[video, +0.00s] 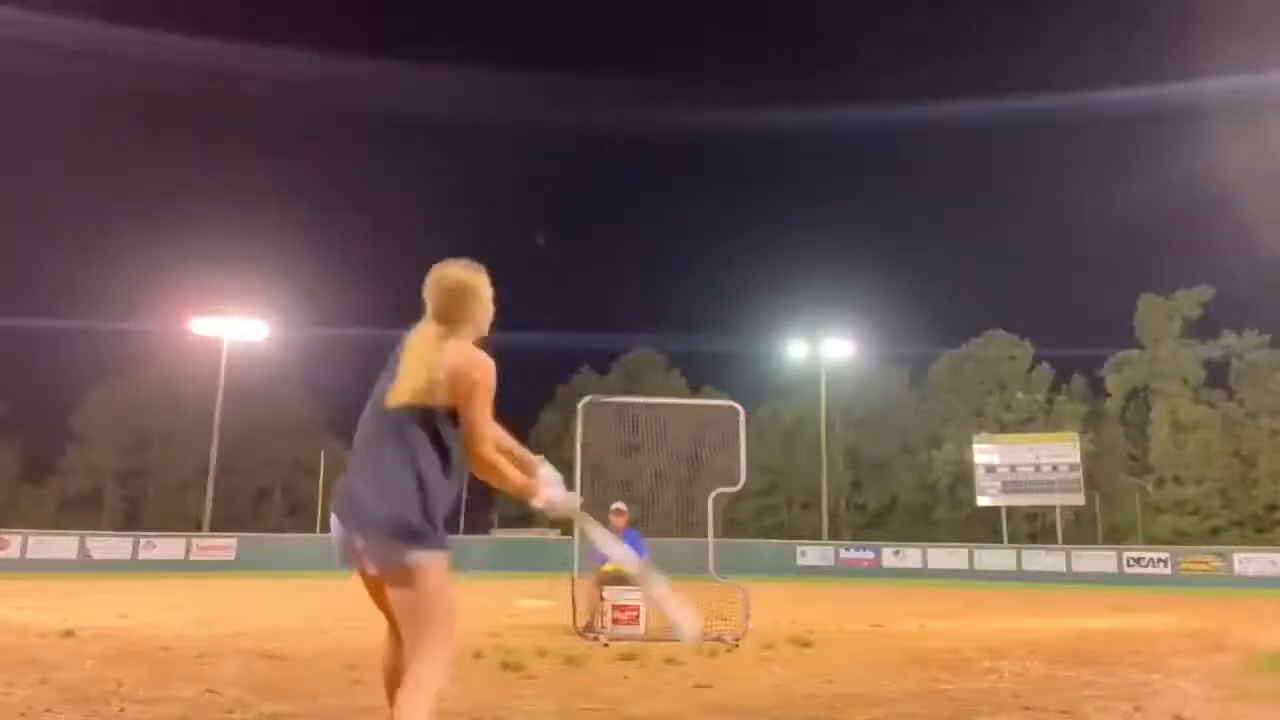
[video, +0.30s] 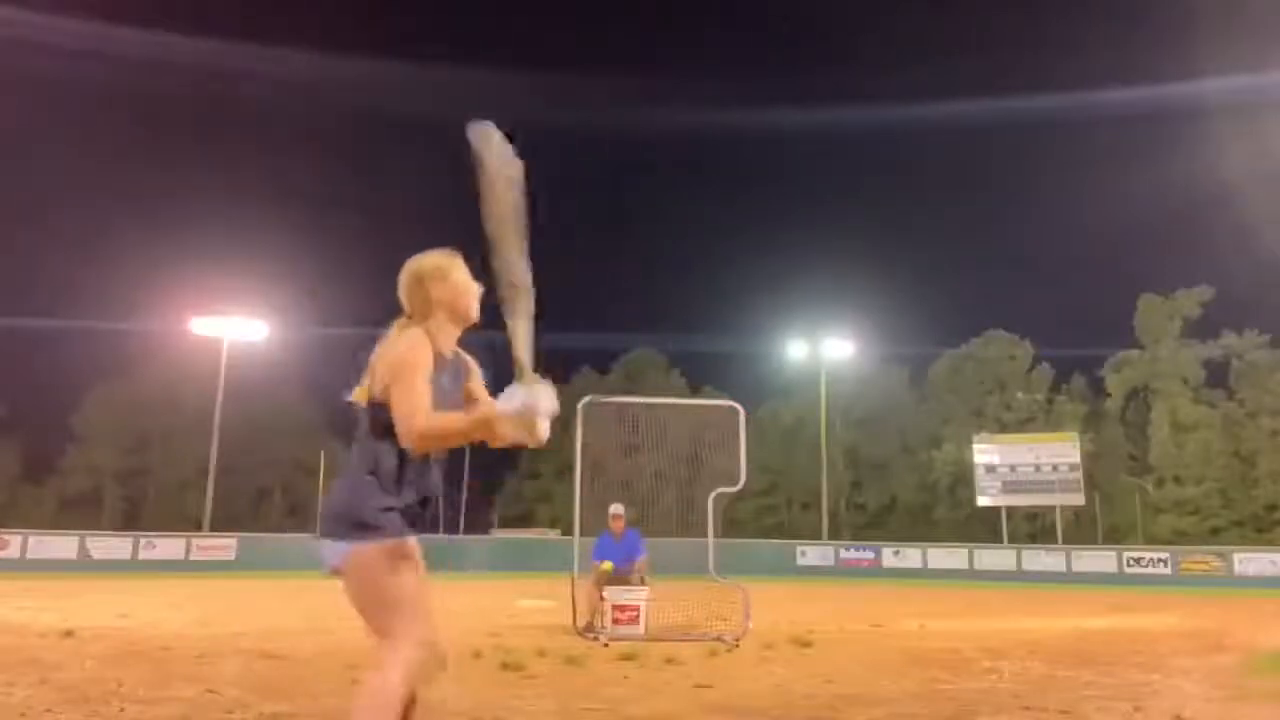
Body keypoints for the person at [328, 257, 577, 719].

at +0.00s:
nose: (492, 310)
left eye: (490, 301)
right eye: (489, 301)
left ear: (432, 302)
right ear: (480, 308)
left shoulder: (412, 346)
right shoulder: (473, 363)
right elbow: (478, 454)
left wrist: (533, 463)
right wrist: (535, 493)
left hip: (357, 509)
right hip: (405, 519)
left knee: (403, 636)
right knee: (432, 646)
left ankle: (401, 714)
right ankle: (410, 712)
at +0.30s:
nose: (479, 288)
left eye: (474, 279)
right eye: (467, 279)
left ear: (445, 294)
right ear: (439, 292)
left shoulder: (460, 362)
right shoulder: (409, 345)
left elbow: (485, 428)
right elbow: (415, 432)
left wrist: (527, 422)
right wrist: (493, 419)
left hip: (388, 520)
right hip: (361, 520)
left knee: (418, 650)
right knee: (409, 646)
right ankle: (373, 711)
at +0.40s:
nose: (472, 282)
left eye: (467, 273)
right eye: (459, 273)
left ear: (446, 287)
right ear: (429, 287)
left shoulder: (461, 356)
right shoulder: (397, 336)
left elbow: (492, 429)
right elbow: (391, 419)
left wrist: (509, 383)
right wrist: (473, 391)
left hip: (386, 518)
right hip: (354, 513)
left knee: (412, 649)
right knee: (411, 645)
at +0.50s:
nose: (459, 253)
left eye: (454, 245)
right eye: (444, 245)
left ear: (438, 262)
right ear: (413, 262)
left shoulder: (451, 322)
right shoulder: (380, 313)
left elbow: (485, 417)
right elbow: (346, 392)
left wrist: (475, 356)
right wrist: (434, 341)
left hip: (375, 508)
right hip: (342, 507)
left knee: (381, 643)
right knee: (404, 638)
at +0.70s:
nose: (448, 229)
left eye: (444, 221)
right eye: (436, 219)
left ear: (420, 234)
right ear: (403, 230)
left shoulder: (450, 312)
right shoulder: (355, 283)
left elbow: (467, 383)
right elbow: (299, 351)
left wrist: (442, 321)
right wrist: (387, 291)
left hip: (377, 491)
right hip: (324, 488)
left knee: (360, 628)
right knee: (375, 626)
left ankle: (311, 710)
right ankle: (339, 714)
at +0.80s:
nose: (430, 231)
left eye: (428, 222)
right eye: (418, 223)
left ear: (422, 232)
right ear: (379, 230)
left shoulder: (435, 304)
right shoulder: (334, 276)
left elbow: (453, 367)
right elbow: (293, 344)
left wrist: (413, 296)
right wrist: (359, 275)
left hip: (362, 488)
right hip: (310, 480)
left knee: (322, 634)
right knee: (359, 626)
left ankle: (242, 710)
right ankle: (322, 712)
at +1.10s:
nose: (382, 262)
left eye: (384, 252)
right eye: (373, 251)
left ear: (377, 260)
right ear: (343, 249)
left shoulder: (366, 307)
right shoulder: (302, 280)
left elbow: (411, 374)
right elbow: (305, 362)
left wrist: (406, 315)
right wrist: (360, 304)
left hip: (295, 488)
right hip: (273, 486)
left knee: (250, 641)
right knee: (334, 623)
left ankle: (190, 712)